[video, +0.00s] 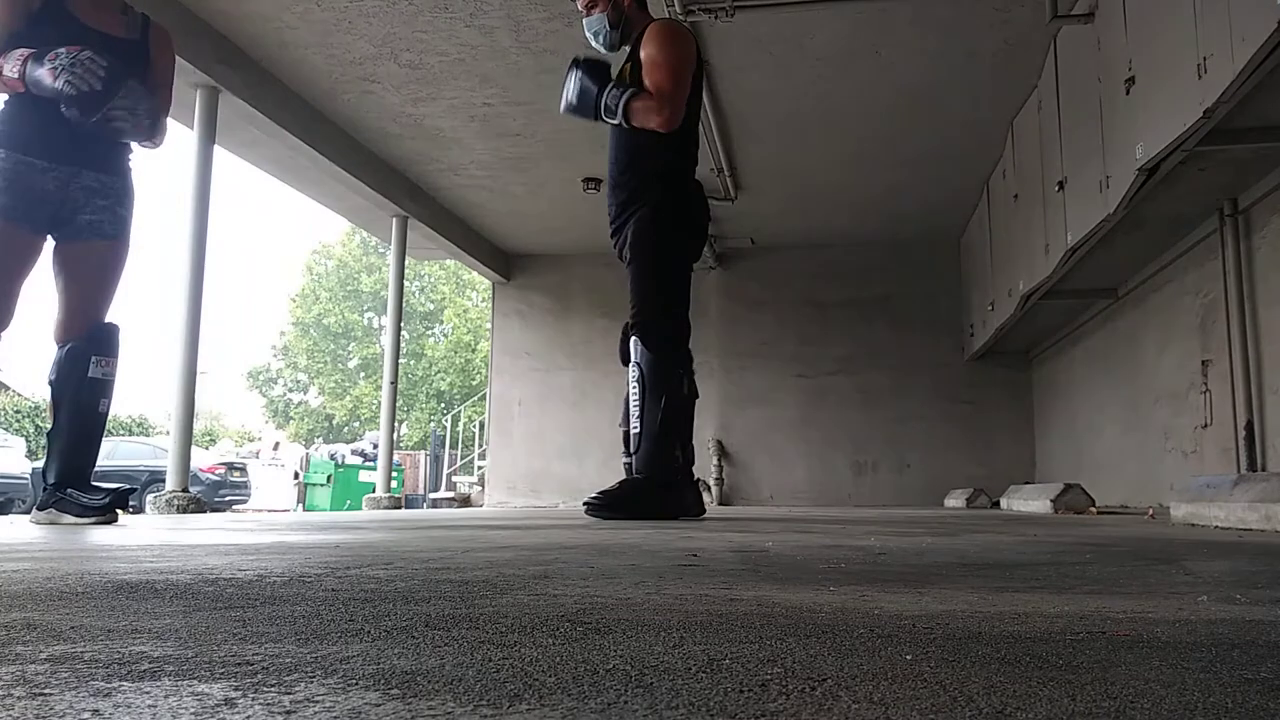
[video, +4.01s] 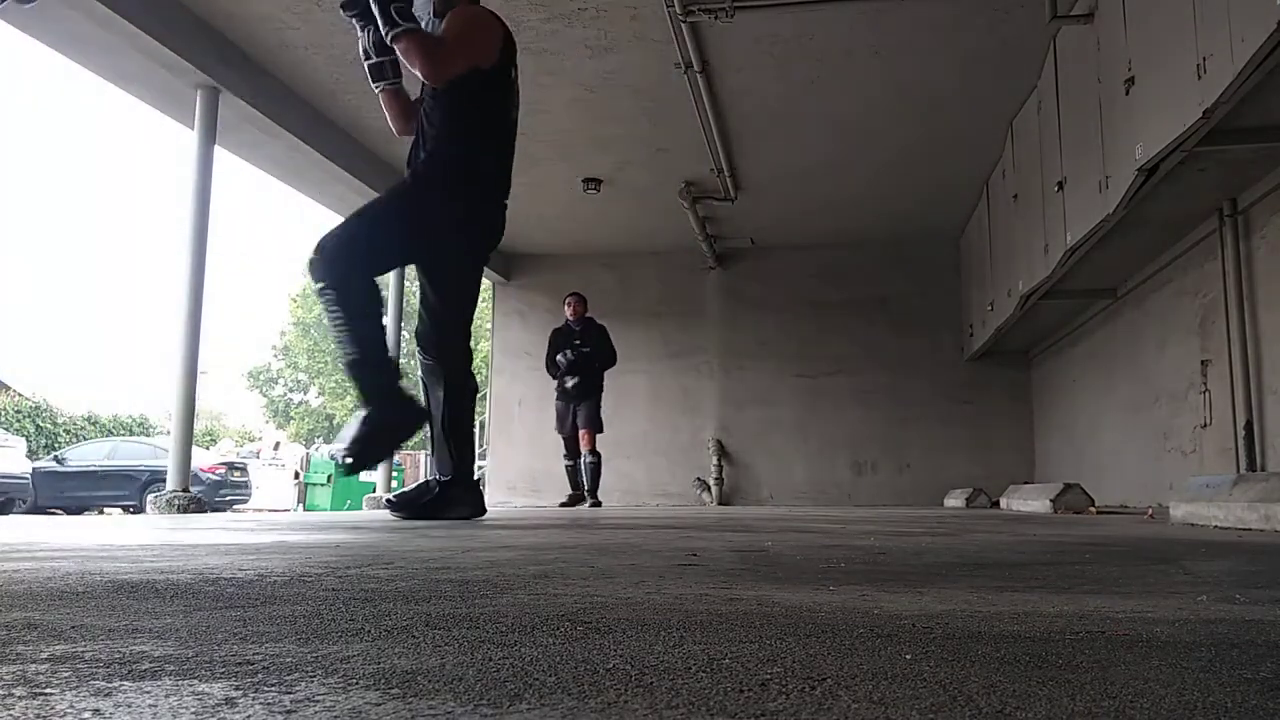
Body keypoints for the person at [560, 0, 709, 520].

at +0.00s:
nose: (588, 21)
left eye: (591, 9)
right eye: (584, 14)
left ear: (623, 1)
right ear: (616, 9)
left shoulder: (663, 35)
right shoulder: (640, 52)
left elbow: (663, 113)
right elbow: (651, 124)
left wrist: (603, 97)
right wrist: (606, 94)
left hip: (662, 214)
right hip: (646, 217)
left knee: (654, 342)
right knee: (659, 344)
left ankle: (655, 480)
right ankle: (671, 479)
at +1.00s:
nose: (584, 27)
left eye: (585, 16)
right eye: (582, 21)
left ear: (612, 7)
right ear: (604, 19)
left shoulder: (651, 43)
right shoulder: (619, 67)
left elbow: (604, 101)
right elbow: (569, 136)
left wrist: (564, 48)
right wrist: (542, 66)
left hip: (635, 220)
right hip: (615, 223)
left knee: (597, 337)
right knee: (612, 343)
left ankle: (645, 474)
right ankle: (631, 474)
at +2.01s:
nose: (540, 3)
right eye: (533, 3)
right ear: (528, 0)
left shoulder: (619, 34)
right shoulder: (511, 24)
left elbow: (635, 94)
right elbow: (427, 10)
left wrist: (574, 41)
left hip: (556, 210)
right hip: (494, 207)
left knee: (504, 325)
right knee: (447, 338)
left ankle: (518, 485)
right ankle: (519, 418)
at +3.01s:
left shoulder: (596, 29)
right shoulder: (492, 29)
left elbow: (551, 71)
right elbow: (409, 65)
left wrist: (490, 22)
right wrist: (343, 25)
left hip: (499, 205)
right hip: (440, 167)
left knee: (488, 343)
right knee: (323, 113)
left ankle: (481, 486)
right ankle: (322, 260)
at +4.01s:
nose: (423, 14)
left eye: (427, 8)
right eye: (425, 12)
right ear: (447, 8)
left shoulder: (479, 21)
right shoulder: (446, 46)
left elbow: (437, 68)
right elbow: (407, 126)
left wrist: (385, 18)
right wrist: (383, 64)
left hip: (448, 197)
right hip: (456, 206)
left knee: (334, 259)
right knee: (443, 347)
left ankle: (386, 402)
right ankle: (455, 484)